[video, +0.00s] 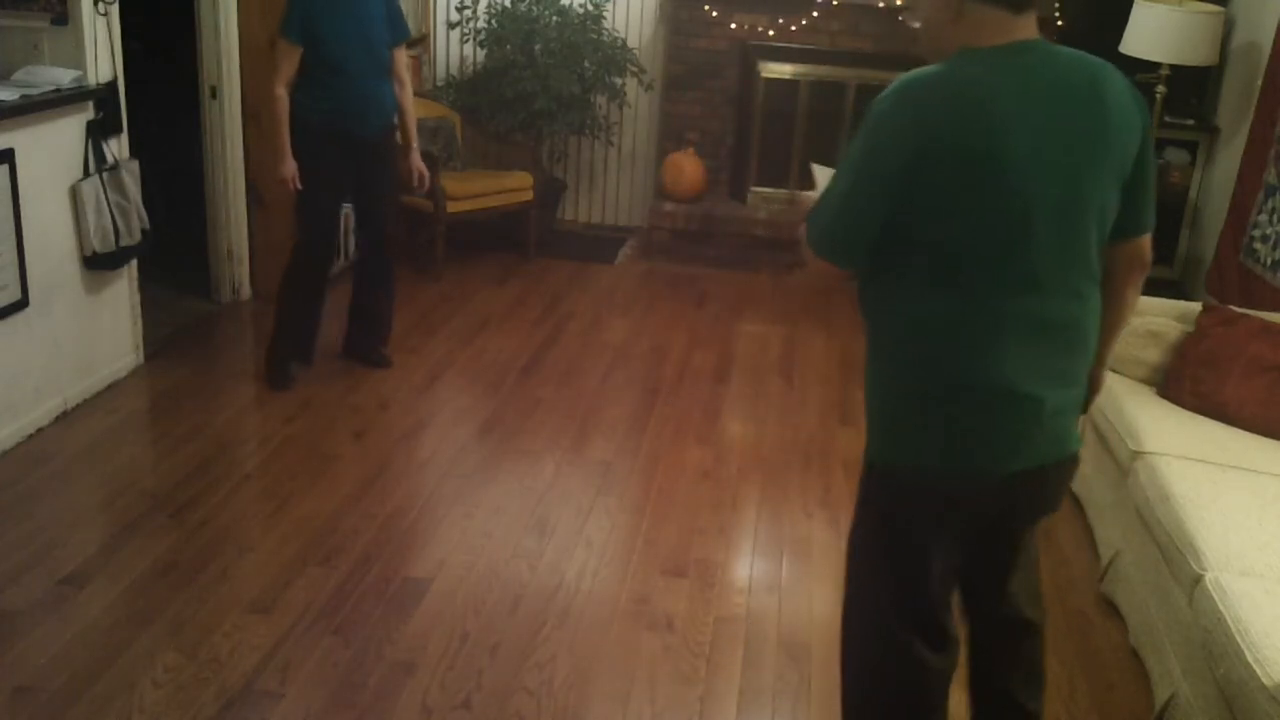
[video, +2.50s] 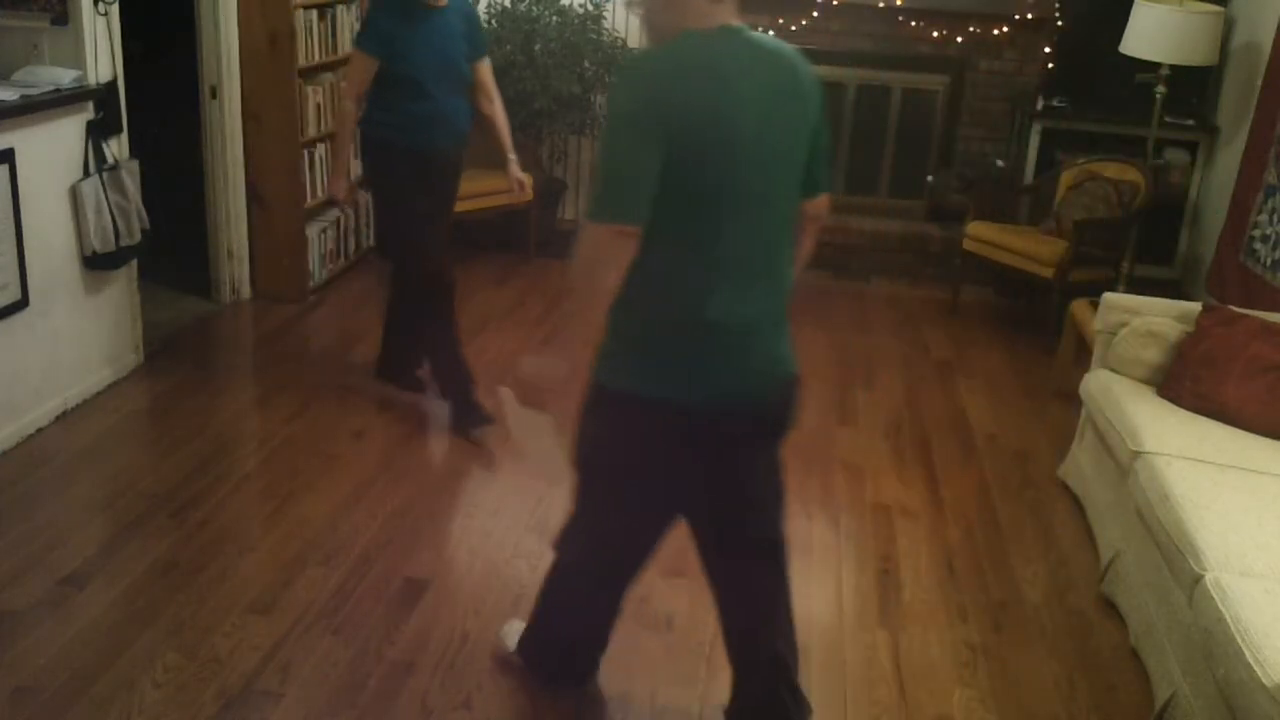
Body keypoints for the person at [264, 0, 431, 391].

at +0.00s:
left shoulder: (387, 7)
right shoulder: (306, 8)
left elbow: (401, 79)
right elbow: (281, 84)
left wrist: (413, 148)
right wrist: (285, 155)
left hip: (376, 141)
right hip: (320, 142)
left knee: (376, 242)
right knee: (316, 245)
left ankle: (365, 341)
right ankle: (285, 354)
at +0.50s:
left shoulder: (331, 8)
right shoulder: (250, 8)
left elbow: (339, 81)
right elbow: (222, 82)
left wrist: (349, 151)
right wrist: (235, 157)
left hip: (321, 147)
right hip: (261, 151)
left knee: (346, 250)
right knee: (268, 262)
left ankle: (343, 341)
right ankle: (265, 370)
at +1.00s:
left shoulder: (323, 8)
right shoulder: (241, 9)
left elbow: (334, 85)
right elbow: (217, 88)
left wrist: (343, 157)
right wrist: (237, 161)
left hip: (315, 151)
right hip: (256, 156)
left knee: (332, 256)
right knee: (266, 266)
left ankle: (320, 349)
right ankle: (263, 368)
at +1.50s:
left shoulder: (374, 7)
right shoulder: (291, 8)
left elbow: (390, 79)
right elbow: (264, 85)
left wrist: (408, 146)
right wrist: (278, 155)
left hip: (365, 143)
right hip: (308, 145)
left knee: (363, 250)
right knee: (311, 252)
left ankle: (355, 349)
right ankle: (286, 350)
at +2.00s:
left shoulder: (393, 6)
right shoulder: (321, 7)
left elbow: (389, 57)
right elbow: (300, 82)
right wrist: (334, 152)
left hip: (380, 136)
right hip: (325, 136)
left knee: (388, 247)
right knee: (321, 245)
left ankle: (394, 359)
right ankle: (303, 343)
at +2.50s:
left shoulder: (464, 14)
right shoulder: (387, 13)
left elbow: (487, 90)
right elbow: (352, 92)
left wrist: (511, 159)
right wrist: (340, 171)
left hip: (445, 155)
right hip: (393, 156)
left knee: (418, 264)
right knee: (432, 269)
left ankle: (395, 362)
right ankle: (461, 398)